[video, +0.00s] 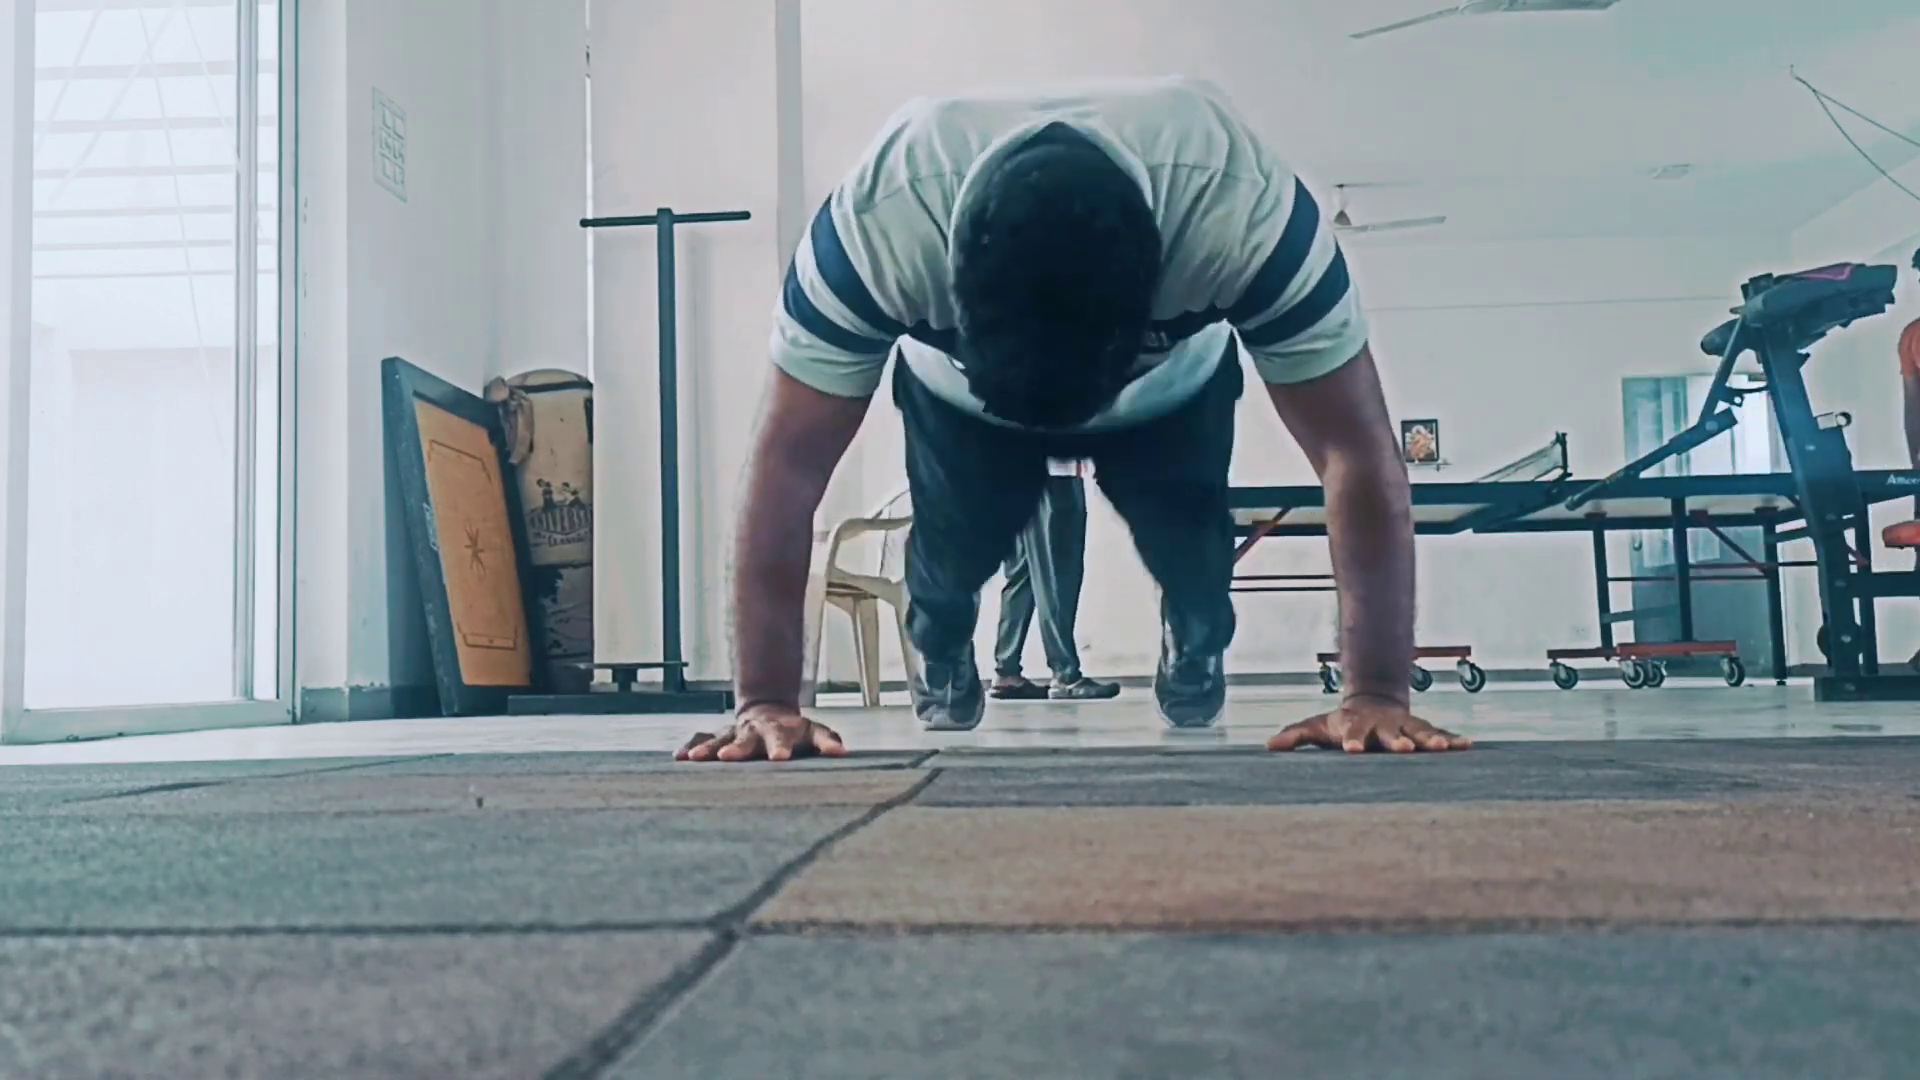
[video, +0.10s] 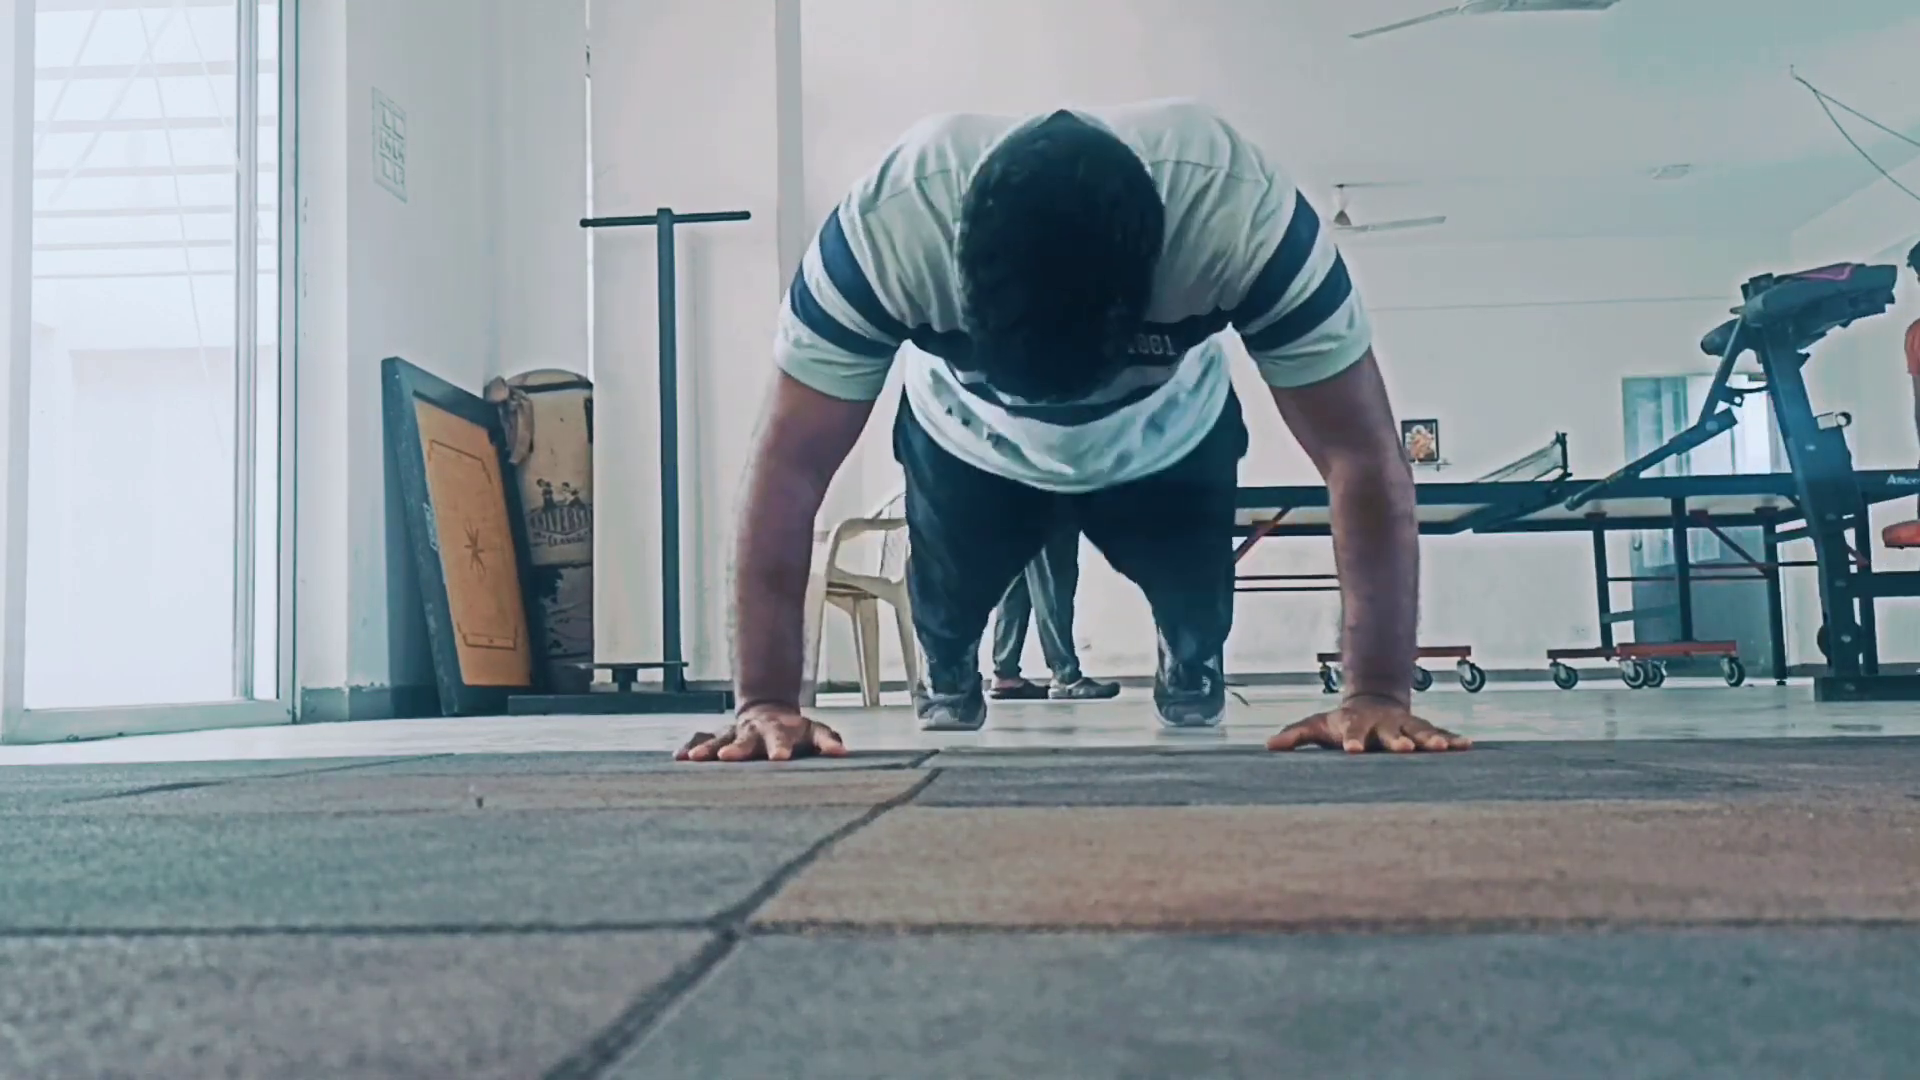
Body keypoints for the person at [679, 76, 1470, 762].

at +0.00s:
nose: (1064, 439)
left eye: (1097, 402)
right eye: (1023, 414)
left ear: (1151, 300)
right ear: (961, 284)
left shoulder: (1249, 216)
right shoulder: (880, 230)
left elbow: (1363, 454)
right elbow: (790, 461)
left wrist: (1379, 693)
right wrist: (766, 700)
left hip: (1169, 339)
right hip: (962, 350)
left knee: (1188, 541)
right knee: (965, 540)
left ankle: (1197, 647)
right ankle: (941, 643)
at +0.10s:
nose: (1055, 400)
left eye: (1089, 383)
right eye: (1022, 386)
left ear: (1150, 284)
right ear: (962, 270)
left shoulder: (1245, 220)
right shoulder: (886, 233)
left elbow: (1365, 456)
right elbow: (790, 462)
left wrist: (1377, 692)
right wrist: (768, 699)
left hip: (1163, 405)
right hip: (969, 409)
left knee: (1191, 581)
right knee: (956, 581)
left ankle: (1193, 663)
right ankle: (949, 668)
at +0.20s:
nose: (1065, 424)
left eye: (1100, 396)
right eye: (1033, 401)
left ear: (1160, 294)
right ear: (973, 284)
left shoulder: (1246, 232)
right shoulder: (891, 244)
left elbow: (1364, 455)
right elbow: (787, 466)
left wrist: (1378, 692)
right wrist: (769, 699)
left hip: (1160, 397)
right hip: (970, 403)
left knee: (1185, 559)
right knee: (957, 562)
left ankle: (1193, 665)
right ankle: (947, 662)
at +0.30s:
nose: (1066, 459)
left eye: (1096, 424)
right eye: (1033, 428)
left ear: (1152, 324)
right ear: (977, 314)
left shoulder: (1234, 237)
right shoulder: (898, 254)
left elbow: (1354, 459)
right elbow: (795, 465)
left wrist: (1377, 692)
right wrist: (770, 700)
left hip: (1162, 350)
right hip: (964, 362)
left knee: (1177, 533)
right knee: (956, 548)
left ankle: (1192, 673)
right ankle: (952, 668)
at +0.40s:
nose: (1060, 474)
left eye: (1086, 453)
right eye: (1039, 455)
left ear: (1145, 354)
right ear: (979, 343)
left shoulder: (1218, 253)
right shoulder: (909, 267)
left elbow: (1336, 474)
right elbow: (805, 476)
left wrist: (1374, 692)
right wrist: (771, 700)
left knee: (1170, 511)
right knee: (958, 525)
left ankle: (1191, 682)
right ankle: (955, 668)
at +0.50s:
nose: (1065, 511)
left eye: (1084, 493)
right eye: (1052, 495)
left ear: (1143, 374)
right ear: (979, 373)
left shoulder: (1207, 276)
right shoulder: (914, 285)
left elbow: (1317, 495)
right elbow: (817, 490)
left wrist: (1371, 692)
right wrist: (772, 699)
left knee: (1169, 492)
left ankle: (1190, 682)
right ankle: (957, 667)